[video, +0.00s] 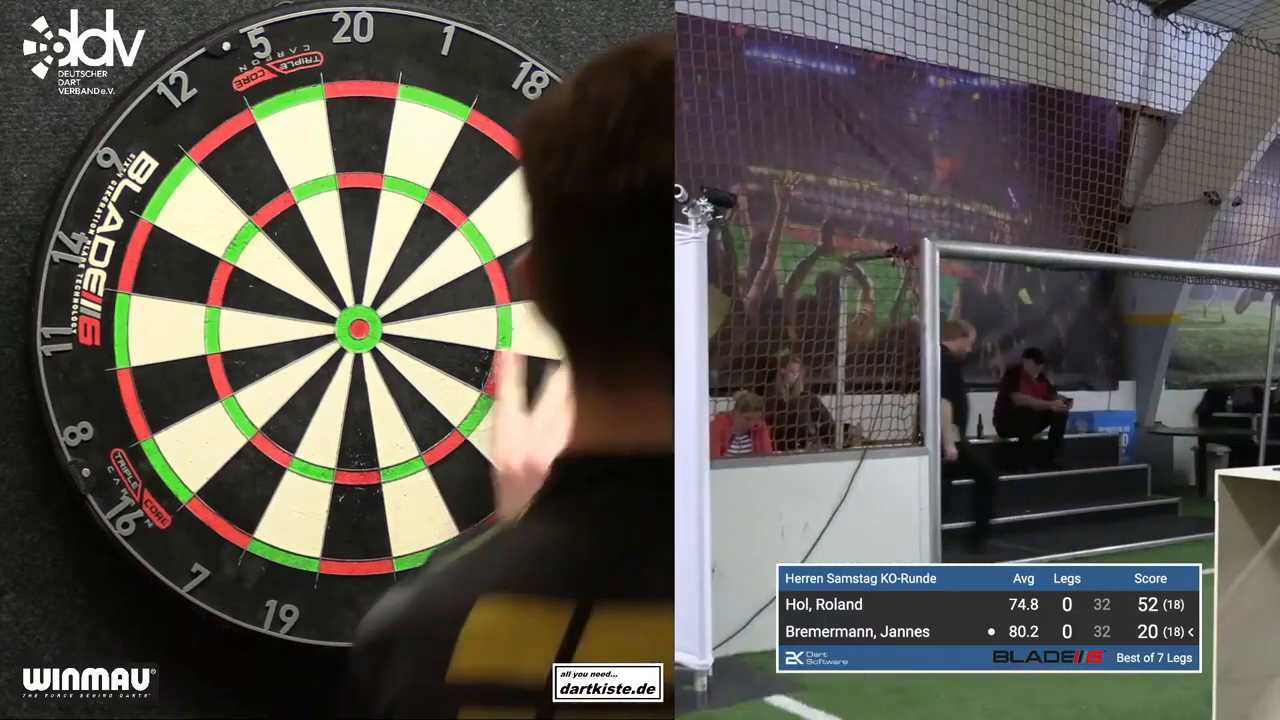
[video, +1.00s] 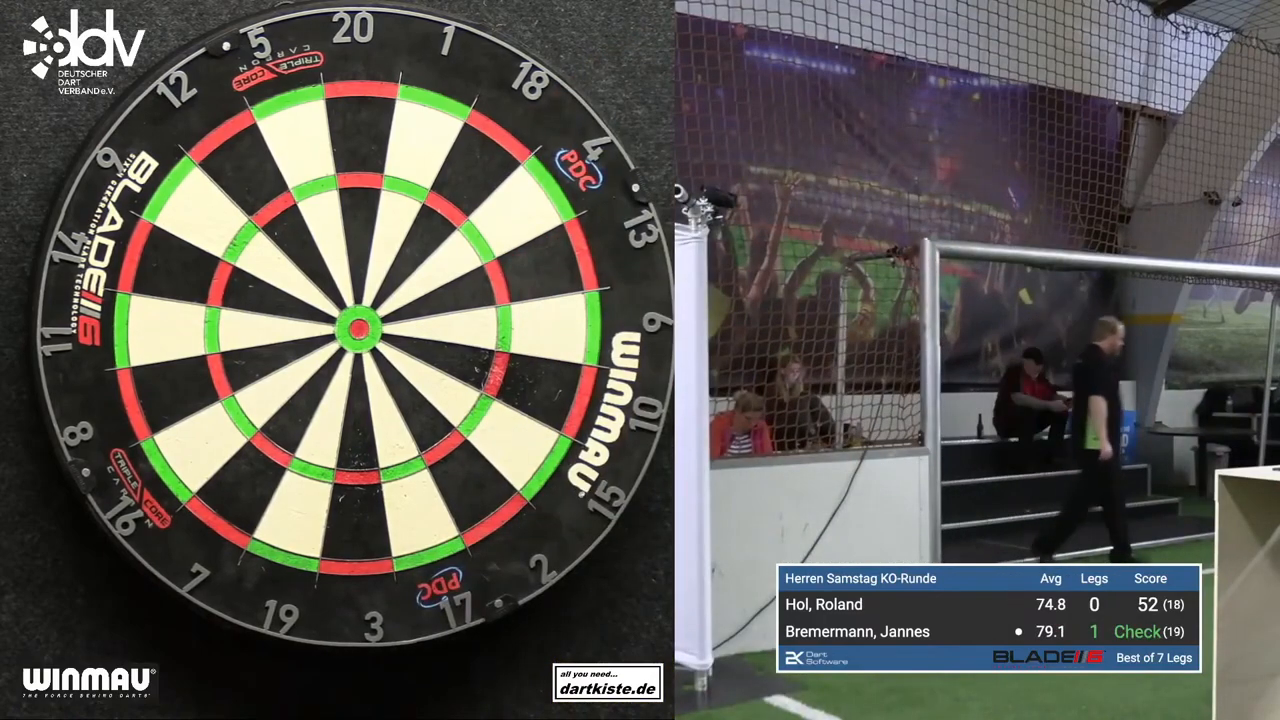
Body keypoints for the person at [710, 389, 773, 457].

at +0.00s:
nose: (753, 423)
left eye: (757, 418)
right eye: (748, 418)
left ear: (760, 417)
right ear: (736, 413)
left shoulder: (761, 427)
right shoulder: (719, 424)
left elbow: (768, 456)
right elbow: (714, 459)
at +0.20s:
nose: (753, 423)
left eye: (757, 418)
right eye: (747, 418)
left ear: (760, 417)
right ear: (736, 413)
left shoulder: (761, 427)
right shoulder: (719, 424)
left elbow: (768, 457)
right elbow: (714, 459)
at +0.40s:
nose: (753, 423)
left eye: (757, 419)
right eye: (747, 418)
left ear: (760, 417)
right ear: (737, 413)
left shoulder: (761, 427)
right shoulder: (719, 424)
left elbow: (768, 458)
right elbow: (714, 460)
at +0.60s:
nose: (753, 424)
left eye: (757, 419)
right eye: (748, 419)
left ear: (760, 417)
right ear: (737, 413)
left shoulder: (761, 427)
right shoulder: (719, 424)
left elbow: (768, 458)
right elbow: (713, 460)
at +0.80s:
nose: (753, 424)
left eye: (757, 419)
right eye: (748, 418)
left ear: (760, 417)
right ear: (737, 413)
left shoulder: (761, 427)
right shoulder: (719, 425)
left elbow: (768, 458)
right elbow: (713, 460)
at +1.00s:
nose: (753, 424)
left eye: (757, 419)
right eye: (748, 418)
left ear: (760, 417)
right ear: (737, 412)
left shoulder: (761, 427)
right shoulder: (719, 425)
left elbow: (768, 458)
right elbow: (713, 460)